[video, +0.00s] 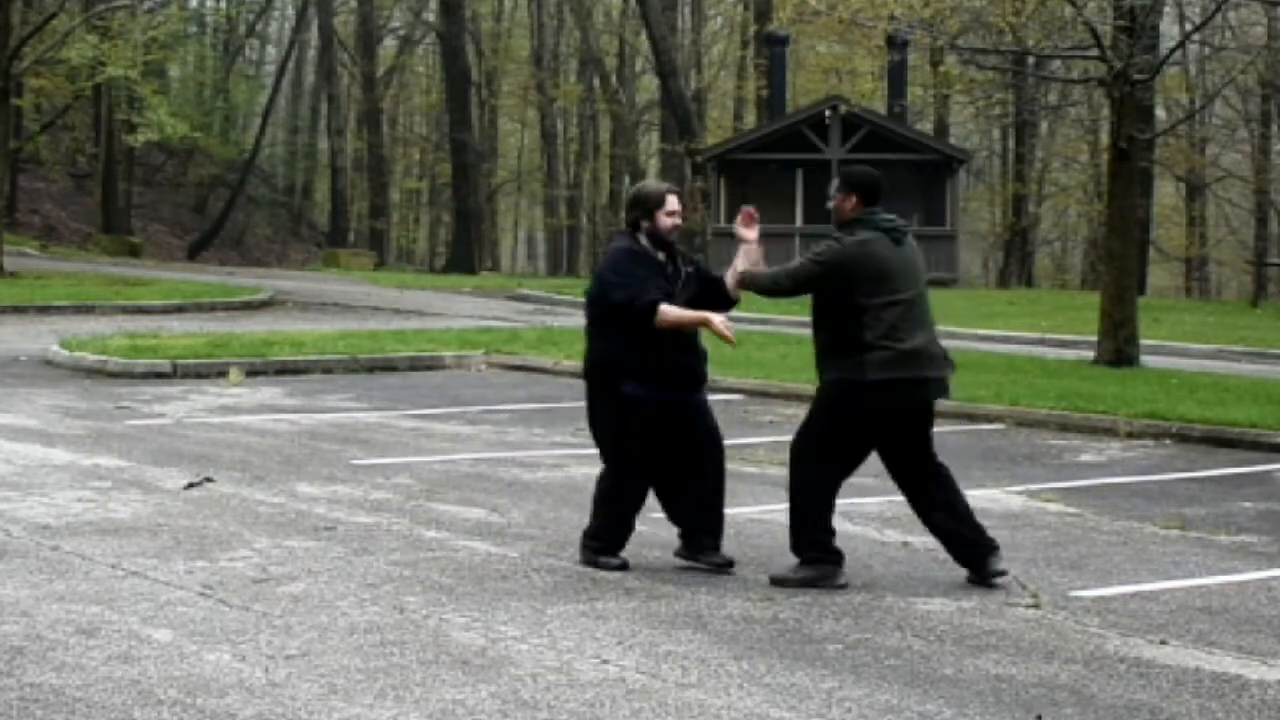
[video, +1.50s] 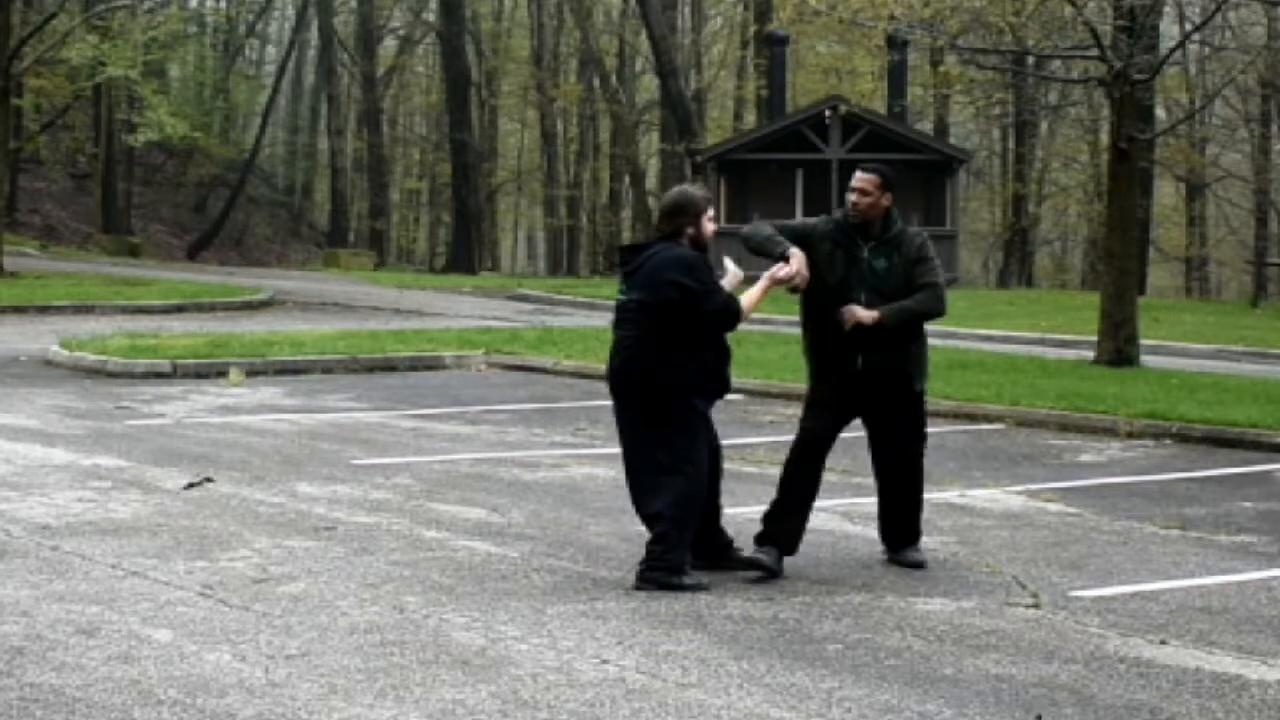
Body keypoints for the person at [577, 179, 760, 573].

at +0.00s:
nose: (678, 221)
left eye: (680, 214)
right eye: (670, 215)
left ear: (678, 217)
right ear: (645, 218)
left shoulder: (676, 262)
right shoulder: (621, 260)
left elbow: (723, 296)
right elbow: (650, 312)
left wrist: (748, 245)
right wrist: (705, 318)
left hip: (676, 387)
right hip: (623, 388)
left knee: (704, 456)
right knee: (629, 467)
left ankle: (700, 544)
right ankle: (599, 546)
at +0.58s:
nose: (698, 231)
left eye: (704, 223)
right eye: (690, 223)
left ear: (710, 228)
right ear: (670, 227)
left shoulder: (716, 274)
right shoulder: (643, 260)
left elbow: (747, 331)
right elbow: (628, 307)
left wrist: (744, 292)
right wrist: (682, 270)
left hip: (691, 391)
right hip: (634, 389)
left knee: (711, 470)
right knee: (615, 470)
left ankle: (727, 550)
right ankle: (600, 548)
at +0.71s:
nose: (704, 223)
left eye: (707, 215)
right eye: (695, 216)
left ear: (712, 219)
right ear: (672, 221)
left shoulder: (720, 262)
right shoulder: (654, 258)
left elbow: (762, 299)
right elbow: (698, 281)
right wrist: (739, 241)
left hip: (702, 387)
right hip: (647, 386)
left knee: (719, 469)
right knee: (623, 468)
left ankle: (729, 549)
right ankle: (602, 546)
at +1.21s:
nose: (725, 218)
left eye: (723, 210)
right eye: (717, 212)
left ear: (685, 218)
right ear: (695, 218)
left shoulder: (666, 255)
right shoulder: (699, 257)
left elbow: (737, 299)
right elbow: (749, 292)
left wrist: (801, 300)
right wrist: (780, 277)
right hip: (686, 384)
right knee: (681, 464)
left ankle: (728, 549)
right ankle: (649, 559)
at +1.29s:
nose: (728, 226)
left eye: (727, 218)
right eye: (722, 219)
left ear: (690, 225)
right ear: (701, 224)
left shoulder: (665, 262)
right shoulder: (702, 264)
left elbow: (732, 306)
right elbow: (744, 305)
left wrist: (799, 311)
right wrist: (782, 283)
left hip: (650, 382)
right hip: (683, 389)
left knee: (671, 467)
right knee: (689, 467)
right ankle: (659, 565)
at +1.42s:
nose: (726, 229)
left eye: (725, 221)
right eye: (721, 222)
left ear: (684, 226)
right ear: (700, 227)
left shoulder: (659, 262)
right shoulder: (695, 268)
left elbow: (703, 307)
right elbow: (737, 318)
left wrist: (751, 308)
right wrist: (775, 291)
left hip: (643, 384)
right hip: (675, 392)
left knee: (703, 466)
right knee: (692, 469)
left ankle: (722, 548)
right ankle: (661, 566)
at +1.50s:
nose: (714, 227)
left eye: (713, 218)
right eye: (710, 219)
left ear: (673, 223)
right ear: (692, 225)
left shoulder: (647, 261)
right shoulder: (684, 263)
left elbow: (687, 306)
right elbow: (726, 315)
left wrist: (723, 283)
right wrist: (766, 283)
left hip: (643, 386)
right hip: (671, 392)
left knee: (703, 459)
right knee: (692, 466)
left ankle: (708, 545)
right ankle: (662, 564)